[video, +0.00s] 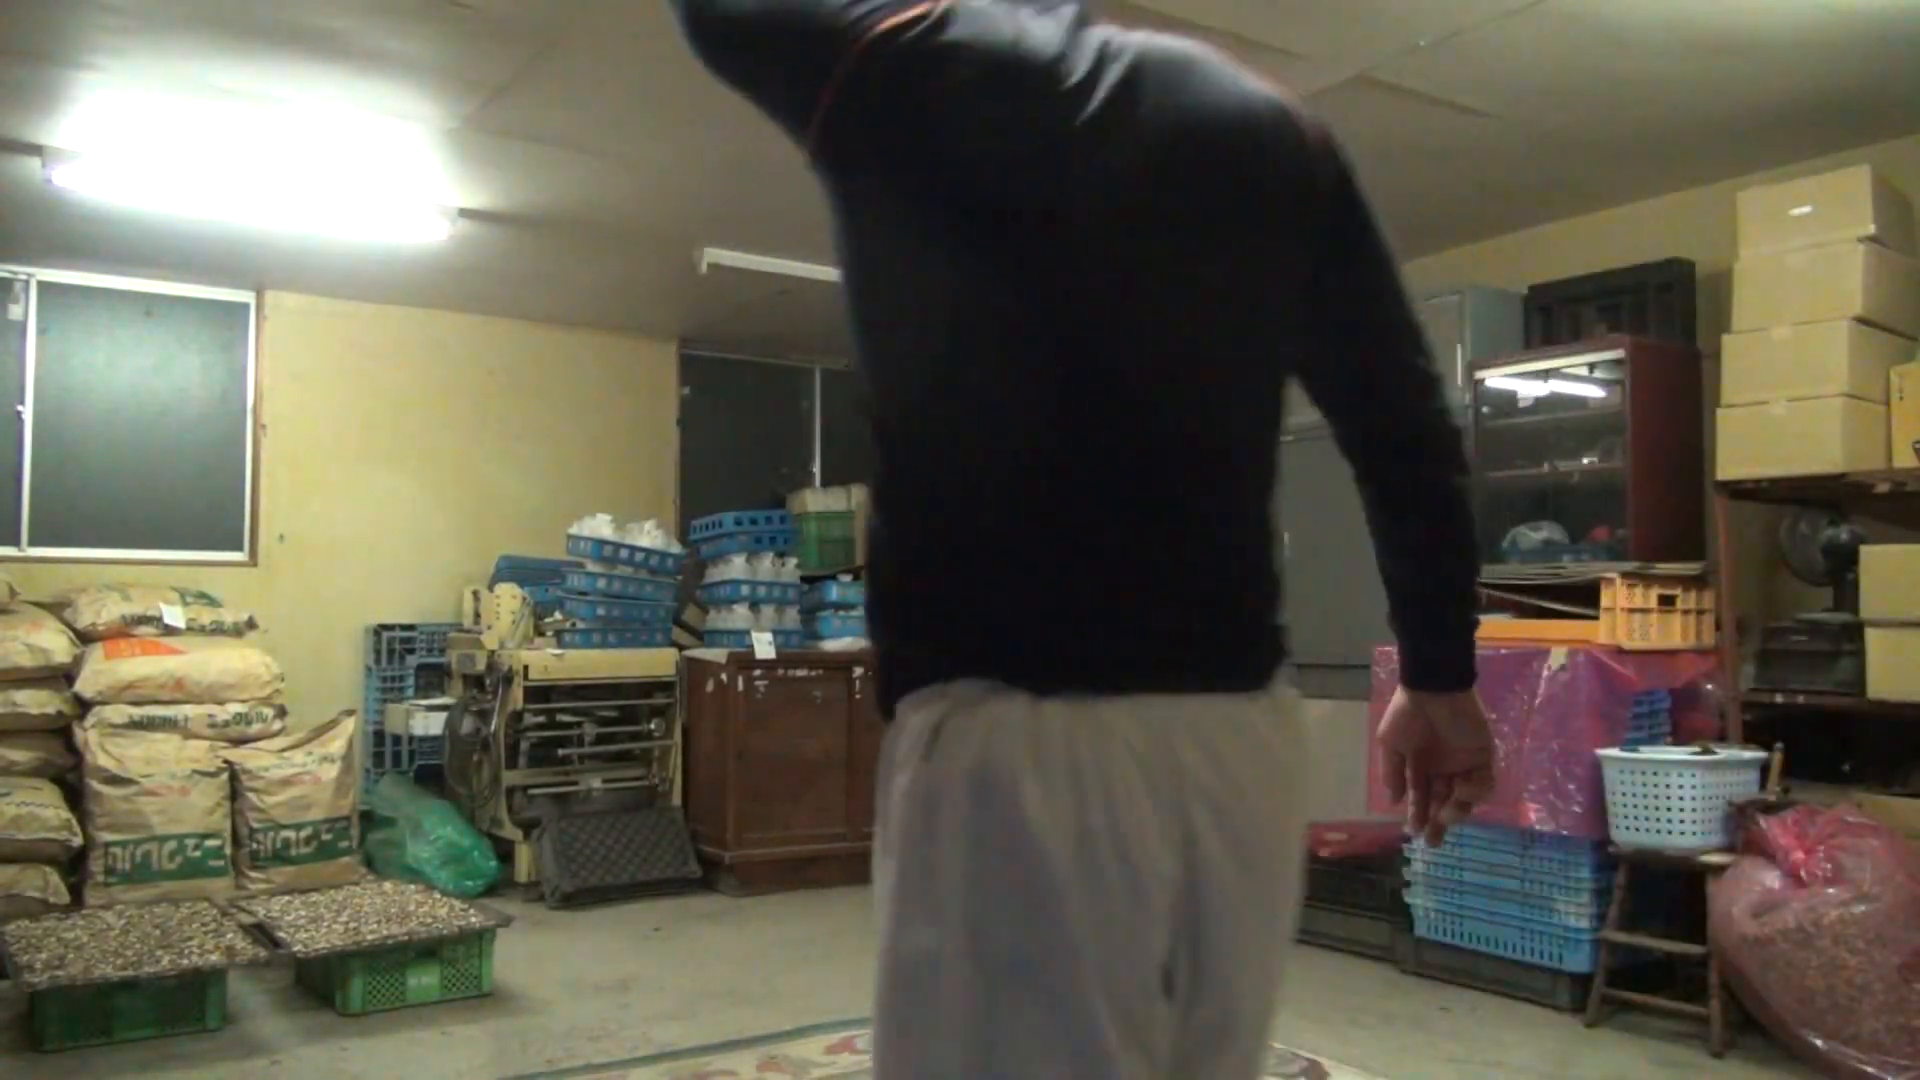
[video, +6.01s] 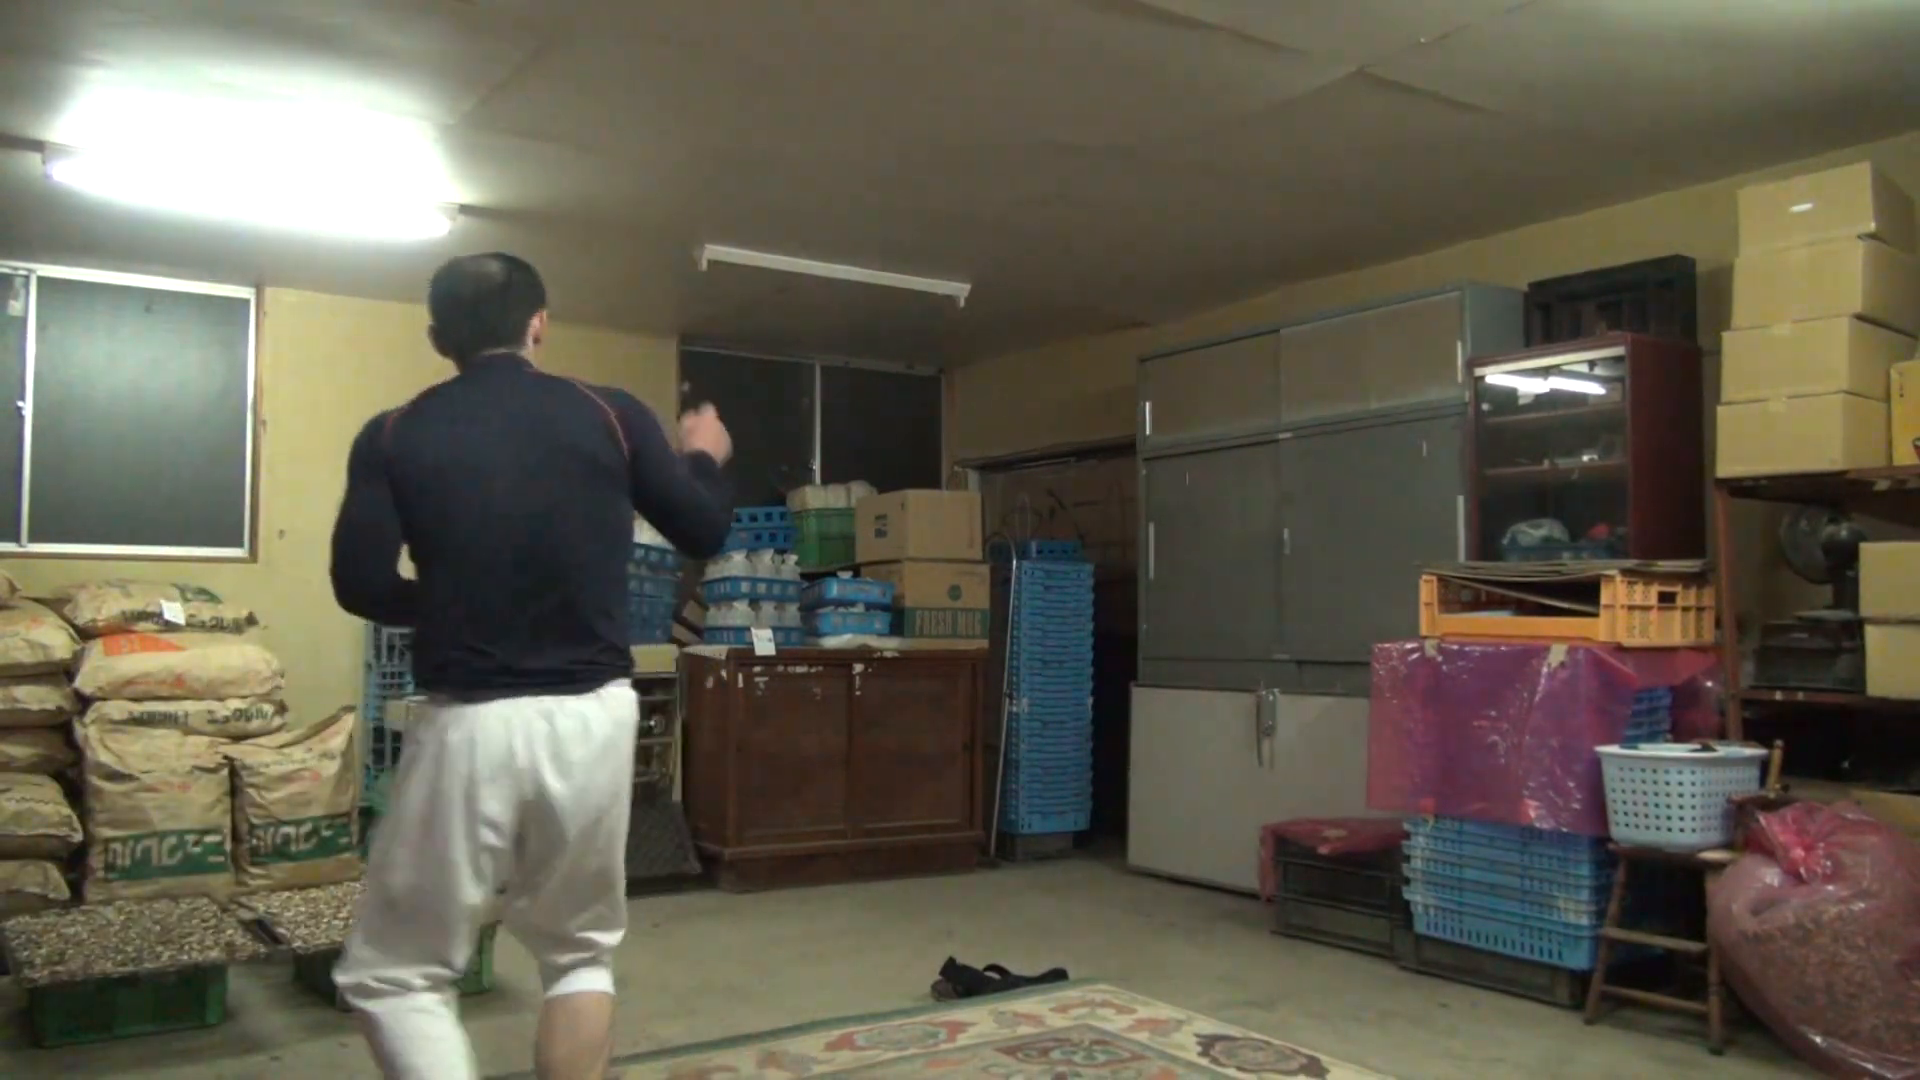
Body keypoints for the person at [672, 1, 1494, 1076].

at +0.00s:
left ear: (929, 3)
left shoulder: (898, 77)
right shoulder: (1275, 134)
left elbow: (717, 9)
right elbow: (1407, 433)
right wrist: (1443, 681)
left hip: (1013, 756)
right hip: (1243, 751)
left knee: (1015, 1066)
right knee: (1212, 1070)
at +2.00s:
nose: (521, 334)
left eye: (523, 316)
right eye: (513, 312)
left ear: (442, 312)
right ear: (458, 308)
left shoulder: (350, 392)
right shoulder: (431, 372)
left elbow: (331, 551)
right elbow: (402, 510)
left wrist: (448, 640)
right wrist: (489, 626)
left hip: (314, 699)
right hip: (390, 701)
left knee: (326, 965)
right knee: (407, 960)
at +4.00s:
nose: (425, 332)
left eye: (428, 310)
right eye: (419, 306)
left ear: (343, 305)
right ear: (362, 300)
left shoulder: (225, 377)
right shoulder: (328, 370)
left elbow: (315, 537)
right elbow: (403, 520)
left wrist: (467, 539)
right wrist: (553, 489)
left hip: (72, 707)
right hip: (195, 709)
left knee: (50, 1023)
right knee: (312, 991)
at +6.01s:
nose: (547, 328)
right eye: (545, 317)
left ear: (439, 338)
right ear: (537, 326)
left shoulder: (393, 436)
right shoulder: (609, 415)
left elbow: (360, 584)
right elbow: (703, 529)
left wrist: (452, 601)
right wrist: (705, 458)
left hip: (466, 729)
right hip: (593, 721)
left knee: (400, 974)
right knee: (580, 952)